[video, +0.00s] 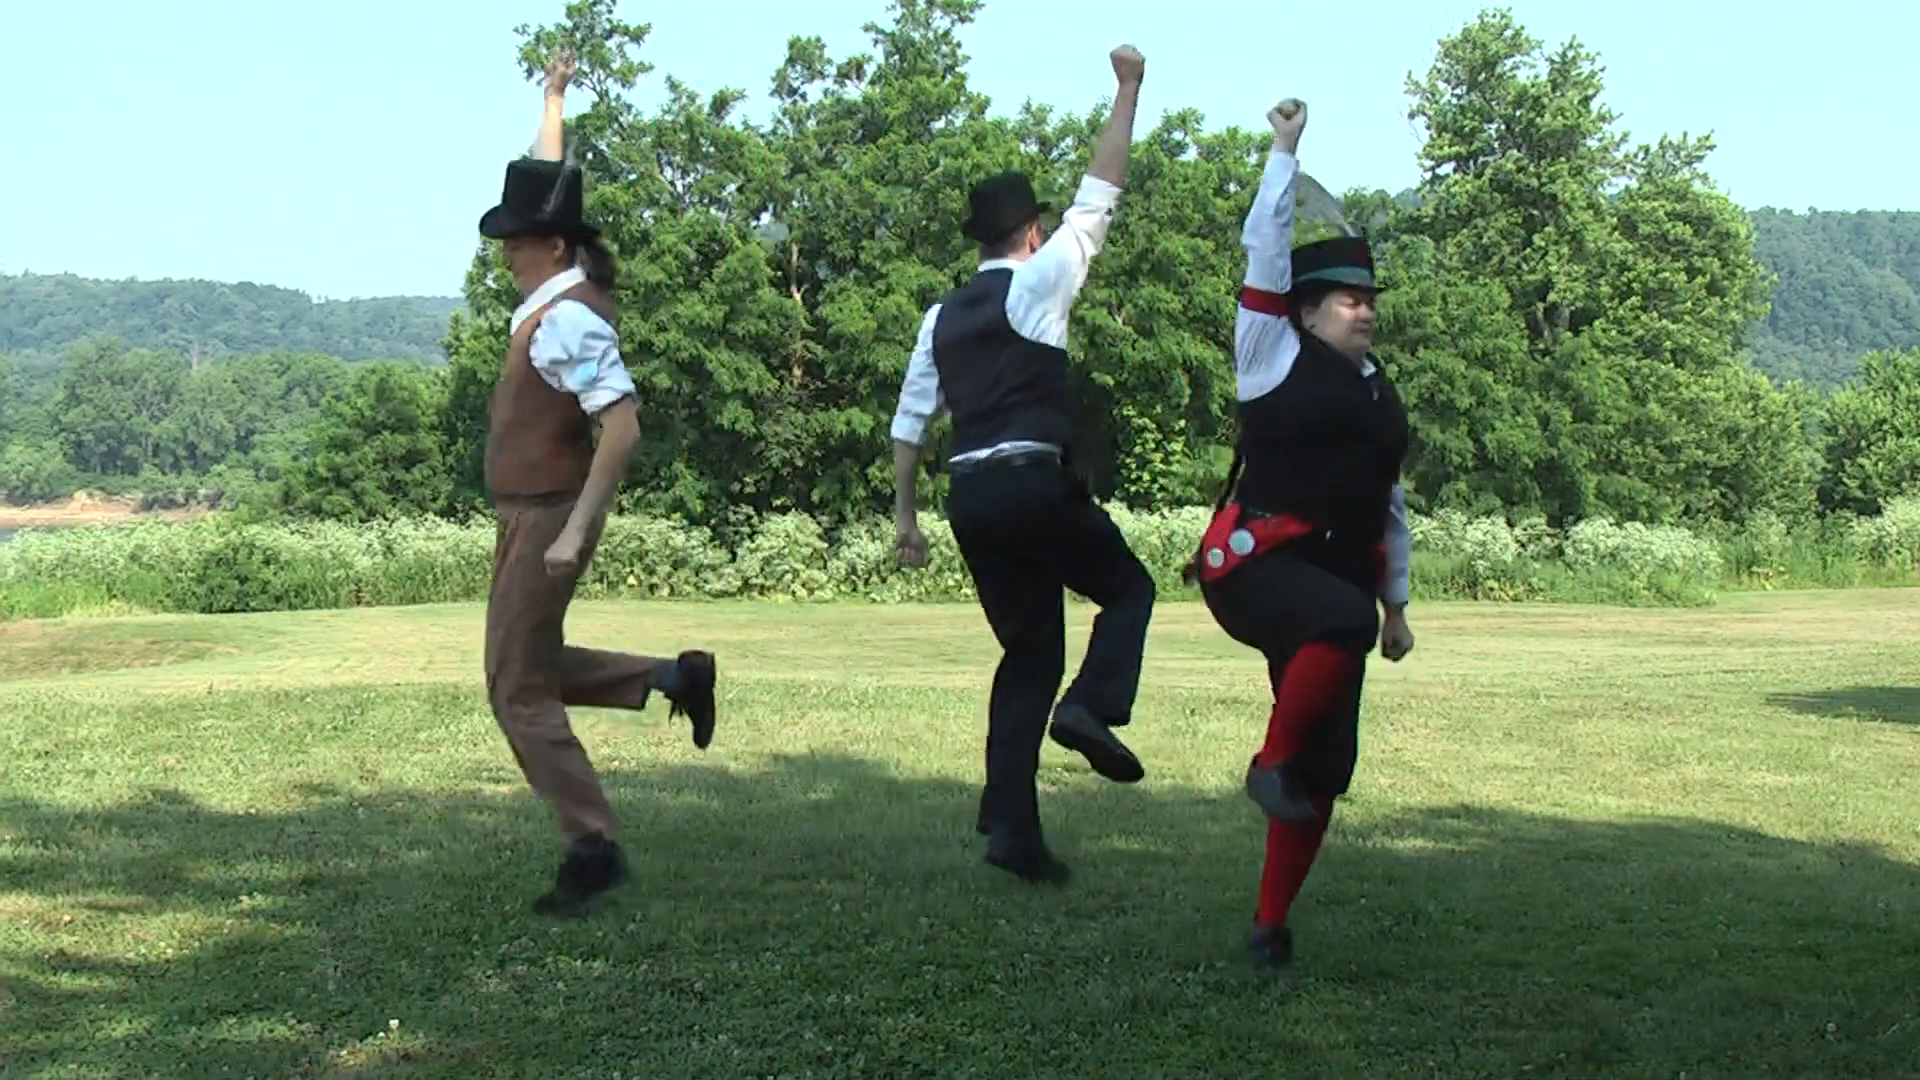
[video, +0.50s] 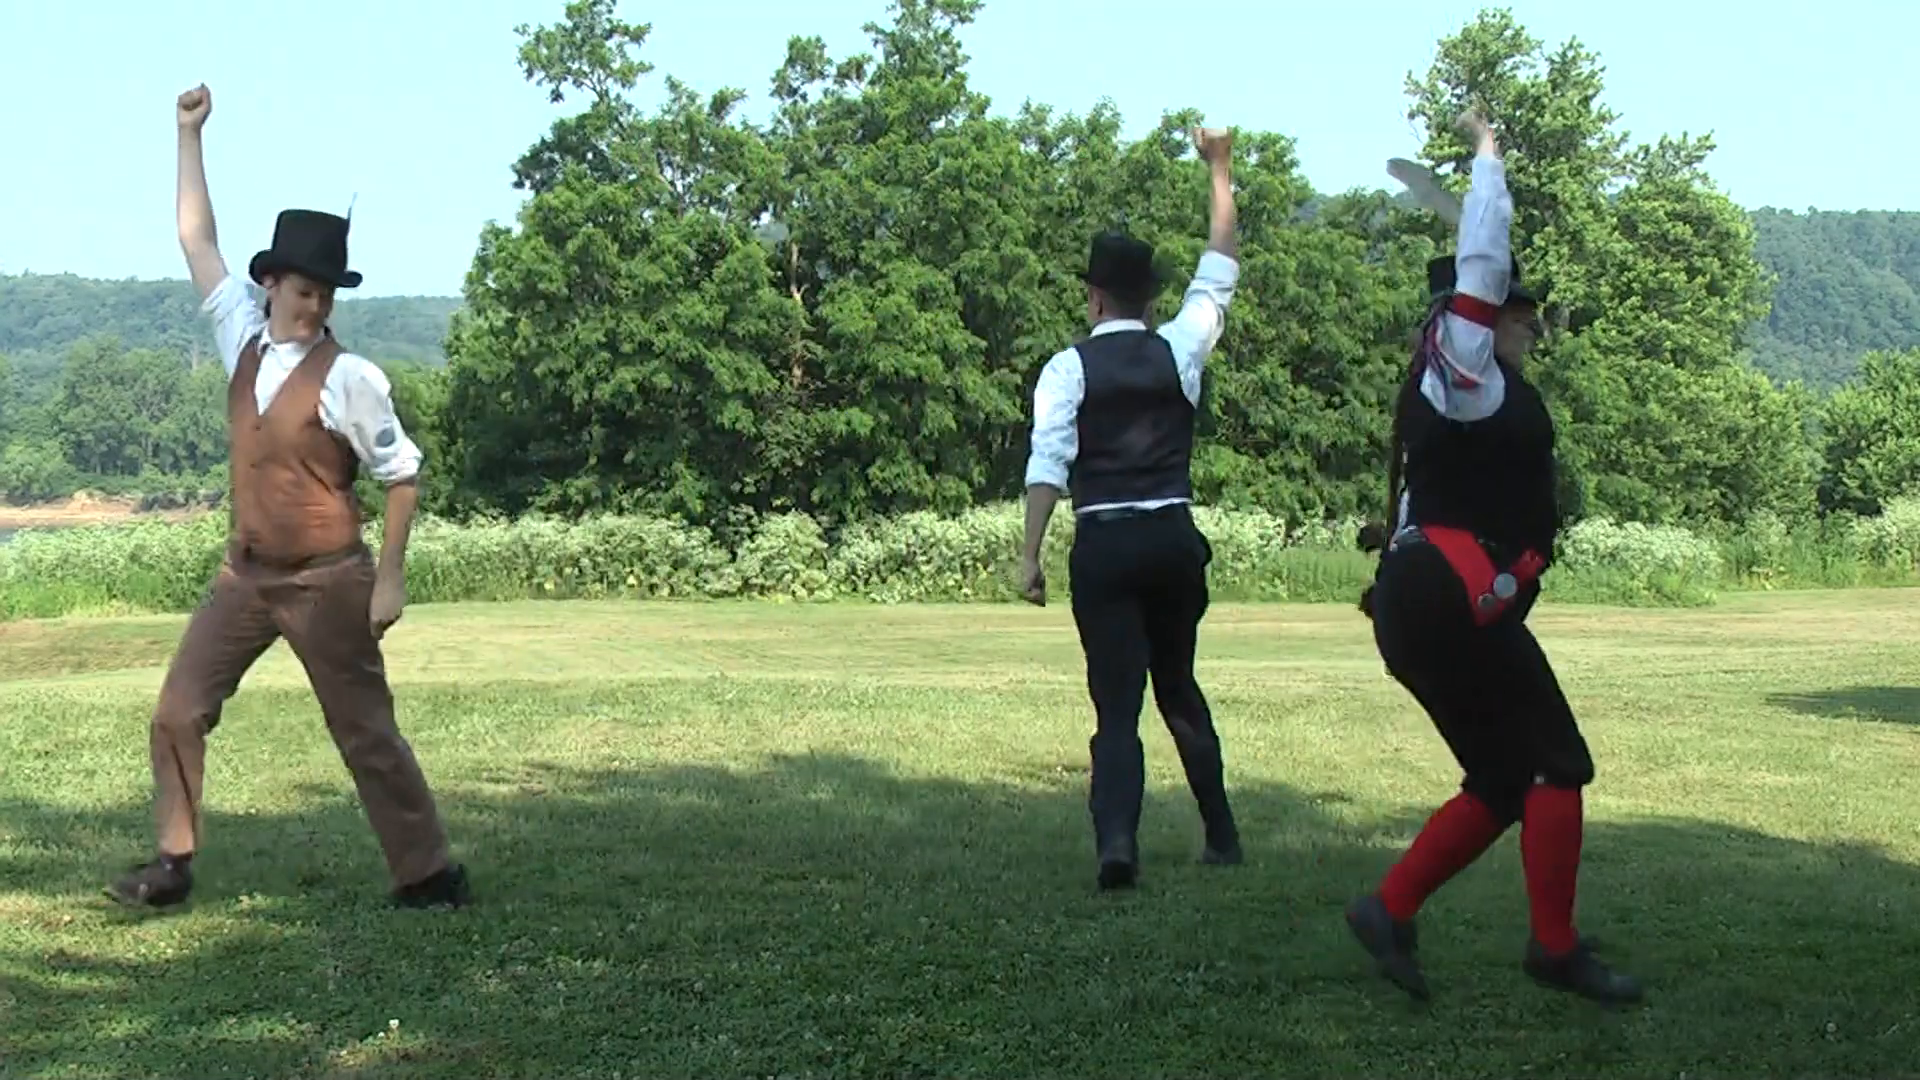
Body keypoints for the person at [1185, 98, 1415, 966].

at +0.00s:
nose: (1363, 311)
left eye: (1368, 301)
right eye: (1348, 300)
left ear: (1371, 315)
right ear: (1308, 309)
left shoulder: (1378, 399)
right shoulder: (1273, 357)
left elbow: (1390, 507)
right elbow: (1265, 249)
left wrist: (1393, 599)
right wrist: (1285, 147)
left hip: (1339, 576)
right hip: (1255, 558)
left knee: (1321, 764)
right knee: (1341, 619)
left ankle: (1270, 925)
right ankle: (1272, 765)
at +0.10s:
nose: (1390, 315)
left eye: (1392, 304)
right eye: (1375, 304)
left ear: (1388, 319)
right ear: (1329, 311)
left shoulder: (1388, 385)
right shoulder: (1300, 361)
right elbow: (1298, 251)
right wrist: (1311, 152)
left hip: (1354, 585)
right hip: (1285, 572)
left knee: (1333, 777)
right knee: (1397, 650)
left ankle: (1305, 947)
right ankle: (1295, 781)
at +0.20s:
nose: (1415, 353)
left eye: (1417, 341)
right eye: (1401, 341)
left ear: (1410, 351)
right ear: (1357, 348)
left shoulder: (1398, 425)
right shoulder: (1335, 402)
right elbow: (1335, 290)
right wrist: (1347, 189)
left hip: (1361, 621)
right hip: (1311, 608)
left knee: (1353, 806)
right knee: (1450, 690)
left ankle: (1300, 962)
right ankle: (1374, 847)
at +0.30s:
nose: (1450, 357)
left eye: (1448, 343)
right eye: (1436, 344)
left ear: (1428, 353)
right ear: (1396, 346)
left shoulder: (1414, 417)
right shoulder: (1373, 402)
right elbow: (1390, 295)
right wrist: (1408, 183)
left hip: (1371, 630)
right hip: (1347, 619)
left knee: (1376, 817)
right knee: (1499, 711)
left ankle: (1301, 963)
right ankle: (1482, 891)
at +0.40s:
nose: (1485, 332)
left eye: (1483, 319)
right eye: (1473, 319)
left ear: (1461, 329)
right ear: (1437, 322)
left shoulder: (1441, 388)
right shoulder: (1414, 372)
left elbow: (1438, 267)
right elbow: (1438, 261)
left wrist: (1417, 200)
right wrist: (1456, 159)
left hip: (1399, 603)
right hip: (1398, 599)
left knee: (1398, 797)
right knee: (1541, 721)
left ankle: (1313, 952)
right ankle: (1548, 904)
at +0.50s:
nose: (1536, 331)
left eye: (1535, 320)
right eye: (1525, 320)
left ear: (1496, 326)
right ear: (1487, 318)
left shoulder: (1485, 387)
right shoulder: (1463, 369)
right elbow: (1481, 251)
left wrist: (1445, 200)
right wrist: (1487, 150)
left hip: (1425, 597)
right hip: (1451, 592)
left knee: (1502, 785)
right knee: (1559, 762)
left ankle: (1387, 911)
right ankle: (1555, 947)